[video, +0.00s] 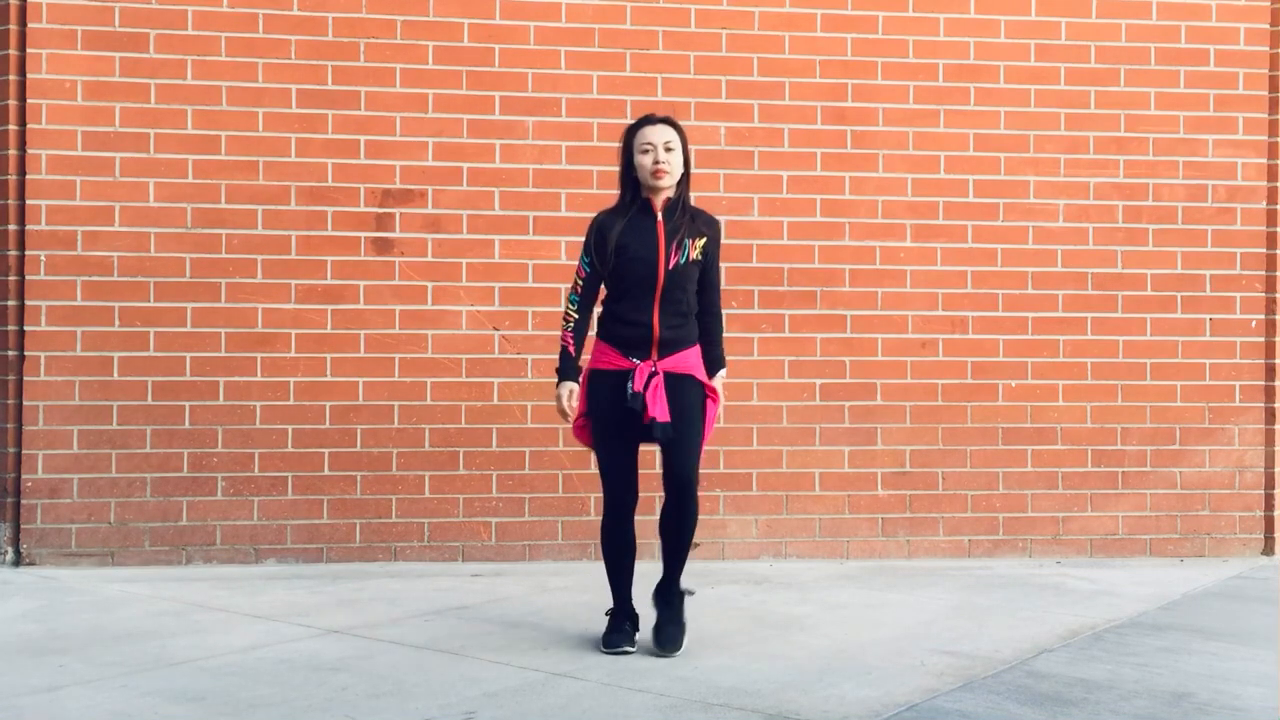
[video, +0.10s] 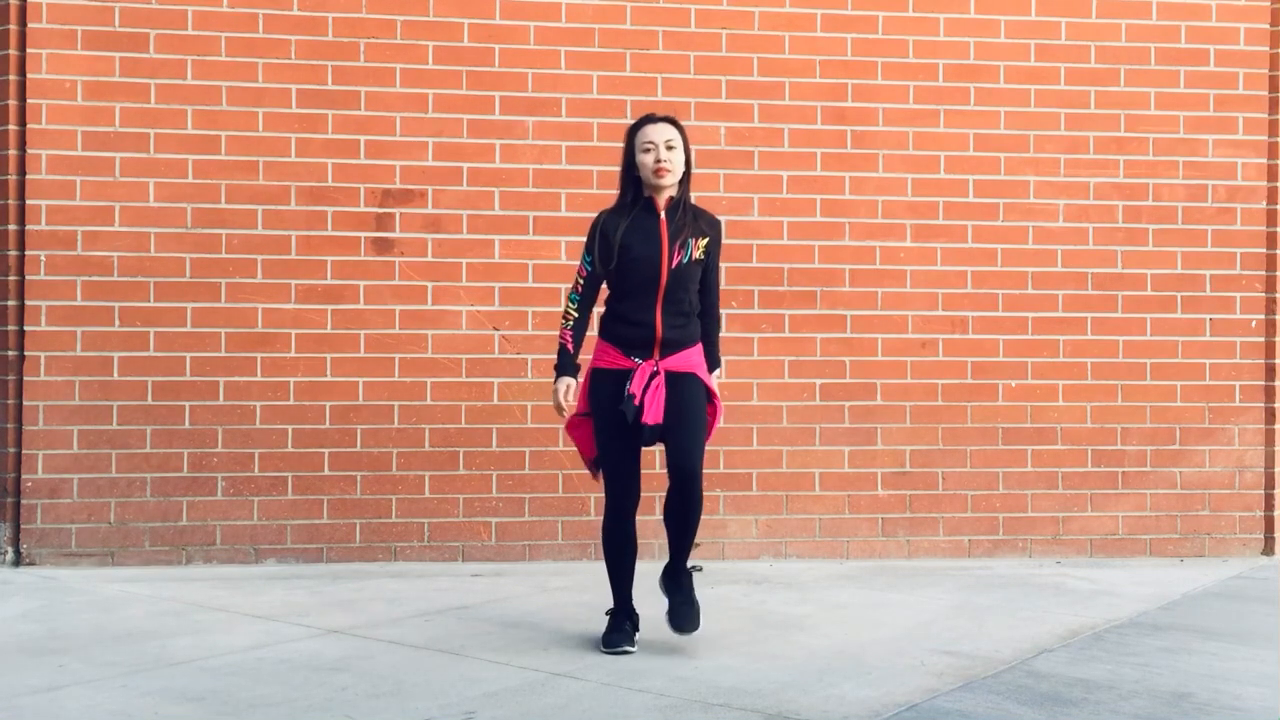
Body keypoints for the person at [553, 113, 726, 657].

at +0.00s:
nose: (659, 158)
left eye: (669, 148)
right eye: (647, 149)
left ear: (684, 158)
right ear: (631, 160)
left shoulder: (703, 228)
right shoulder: (609, 224)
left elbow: (710, 307)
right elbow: (581, 299)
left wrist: (715, 371)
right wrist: (567, 371)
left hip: (683, 370)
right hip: (615, 369)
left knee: (683, 485)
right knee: (619, 496)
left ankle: (671, 593)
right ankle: (621, 610)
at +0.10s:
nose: (661, 156)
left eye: (670, 147)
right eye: (649, 148)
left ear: (686, 156)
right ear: (633, 160)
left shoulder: (704, 227)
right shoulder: (612, 223)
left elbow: (709, 306)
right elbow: (582, 297)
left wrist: (712, 372)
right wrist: (565, 366)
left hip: (684, 366)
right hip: (617, 366)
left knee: (689, 471)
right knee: (622, 493)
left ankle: (678, 572)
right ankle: (622, 611)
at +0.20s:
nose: (665, 154)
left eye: (674, 145)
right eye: (653, 147)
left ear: (690, 154)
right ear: (637, 157)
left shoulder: (708, 224)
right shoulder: (614, 220)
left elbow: (714, 304)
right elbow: (587, 296)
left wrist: (715, 371)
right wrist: (573, 365)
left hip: (688, 367)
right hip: (621, 367)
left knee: (692, 488)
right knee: (625, 494)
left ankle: (682, 584)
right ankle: (621, 610)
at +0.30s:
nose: (670, 160)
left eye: (679, 150)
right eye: (658, 152)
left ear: (695, 159)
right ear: (642, 163)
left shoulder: (714, 228)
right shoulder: (621, 226)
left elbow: (722, 305)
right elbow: (596, 303)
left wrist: (725, 375)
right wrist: (580, 374)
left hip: (694, 373)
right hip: (627, 370)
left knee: (690, 500)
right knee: (627, 496)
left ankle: (685, 607)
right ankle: (622, 611)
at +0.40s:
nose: (676, 156)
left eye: (685, 146)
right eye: (664, 148)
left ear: (701, 154)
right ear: (649, 159)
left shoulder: (722, 223)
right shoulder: (627, 222)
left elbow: (733, 299)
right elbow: (606, 300)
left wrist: (742, 365)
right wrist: (592, 373)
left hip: (702, 371)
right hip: (635, 368)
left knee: (693, 498)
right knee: (633, 492)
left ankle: (686, 608)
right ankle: (624, 608)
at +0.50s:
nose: (680, 162)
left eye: (689, 153)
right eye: (668, 155)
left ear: (705, 163)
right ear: (653, 168)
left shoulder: (727, 229)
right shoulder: (634, 230)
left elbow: (745, 303)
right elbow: (610, 305)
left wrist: (762, 367)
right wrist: (596, 376)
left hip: (704, 374)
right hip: (639, 371)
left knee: (701, 496)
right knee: (639, 479)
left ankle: (686, 607)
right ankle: (629, 584)